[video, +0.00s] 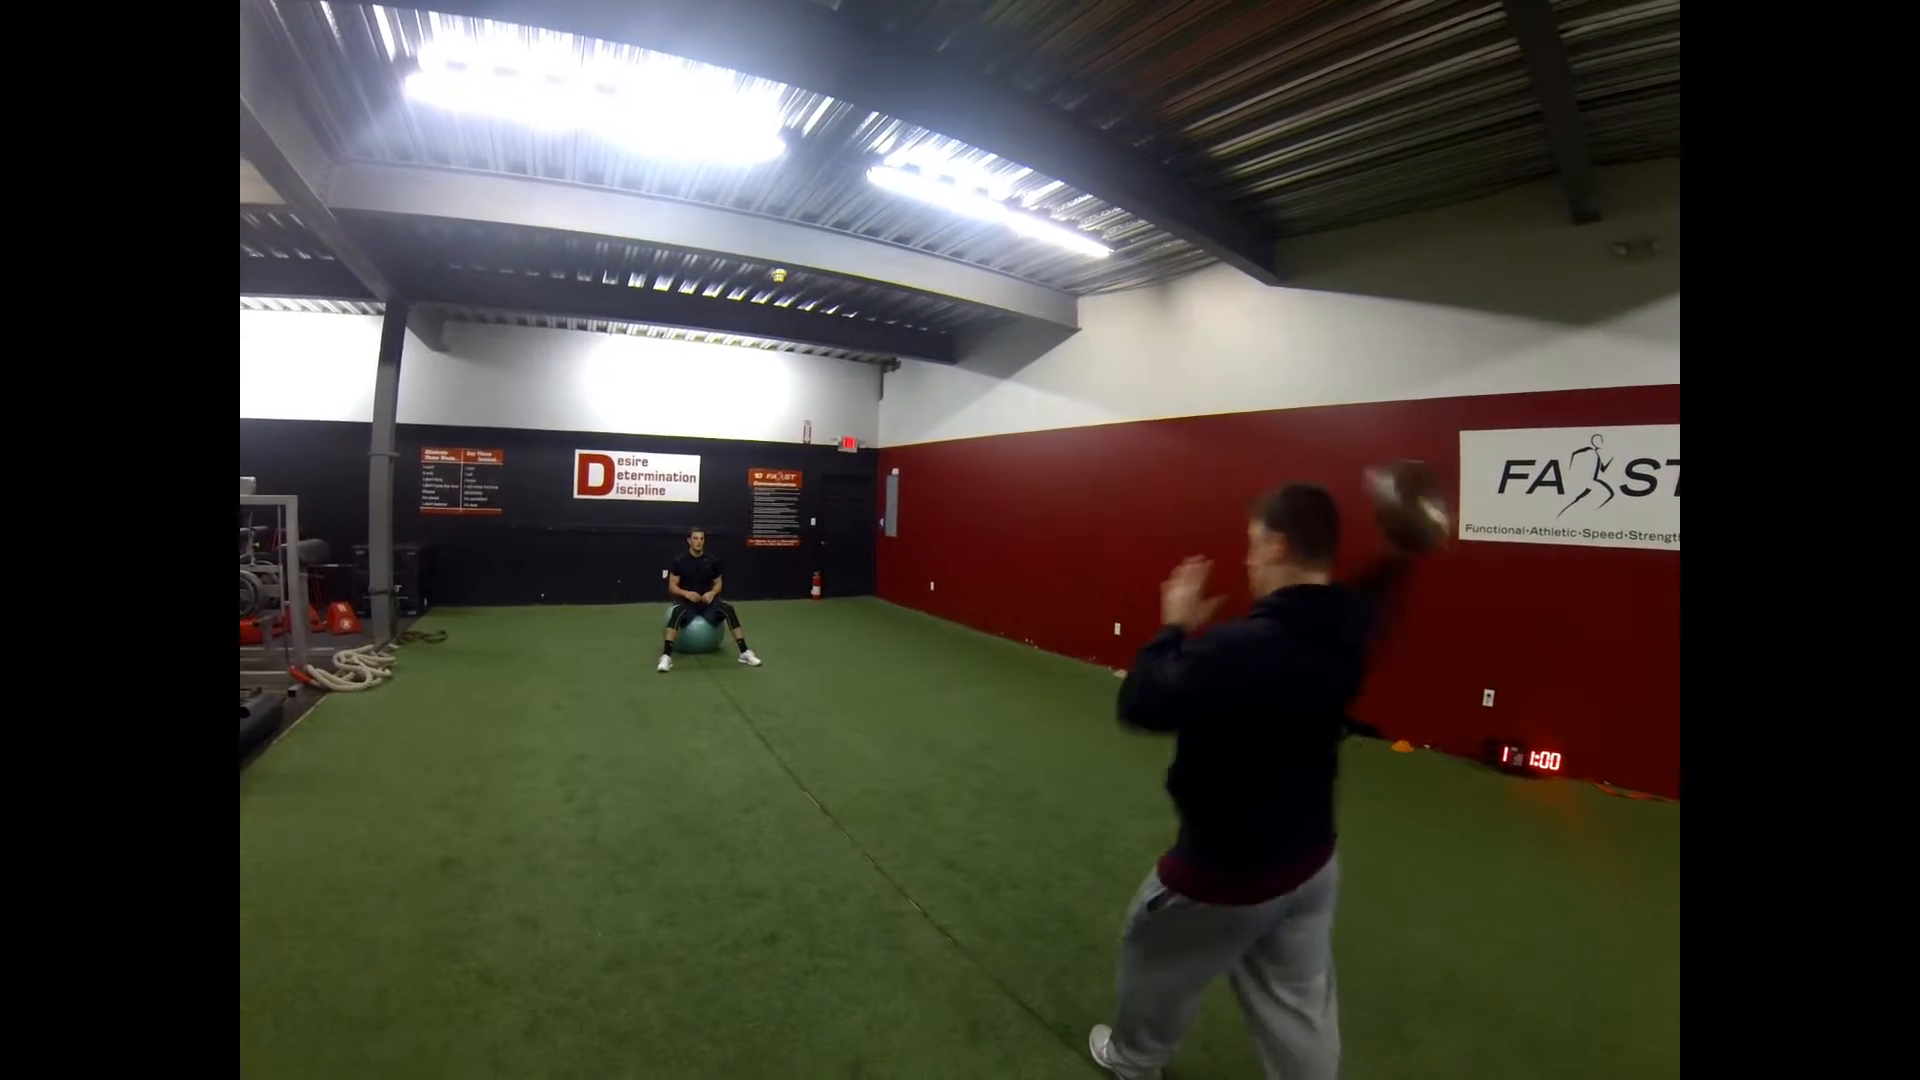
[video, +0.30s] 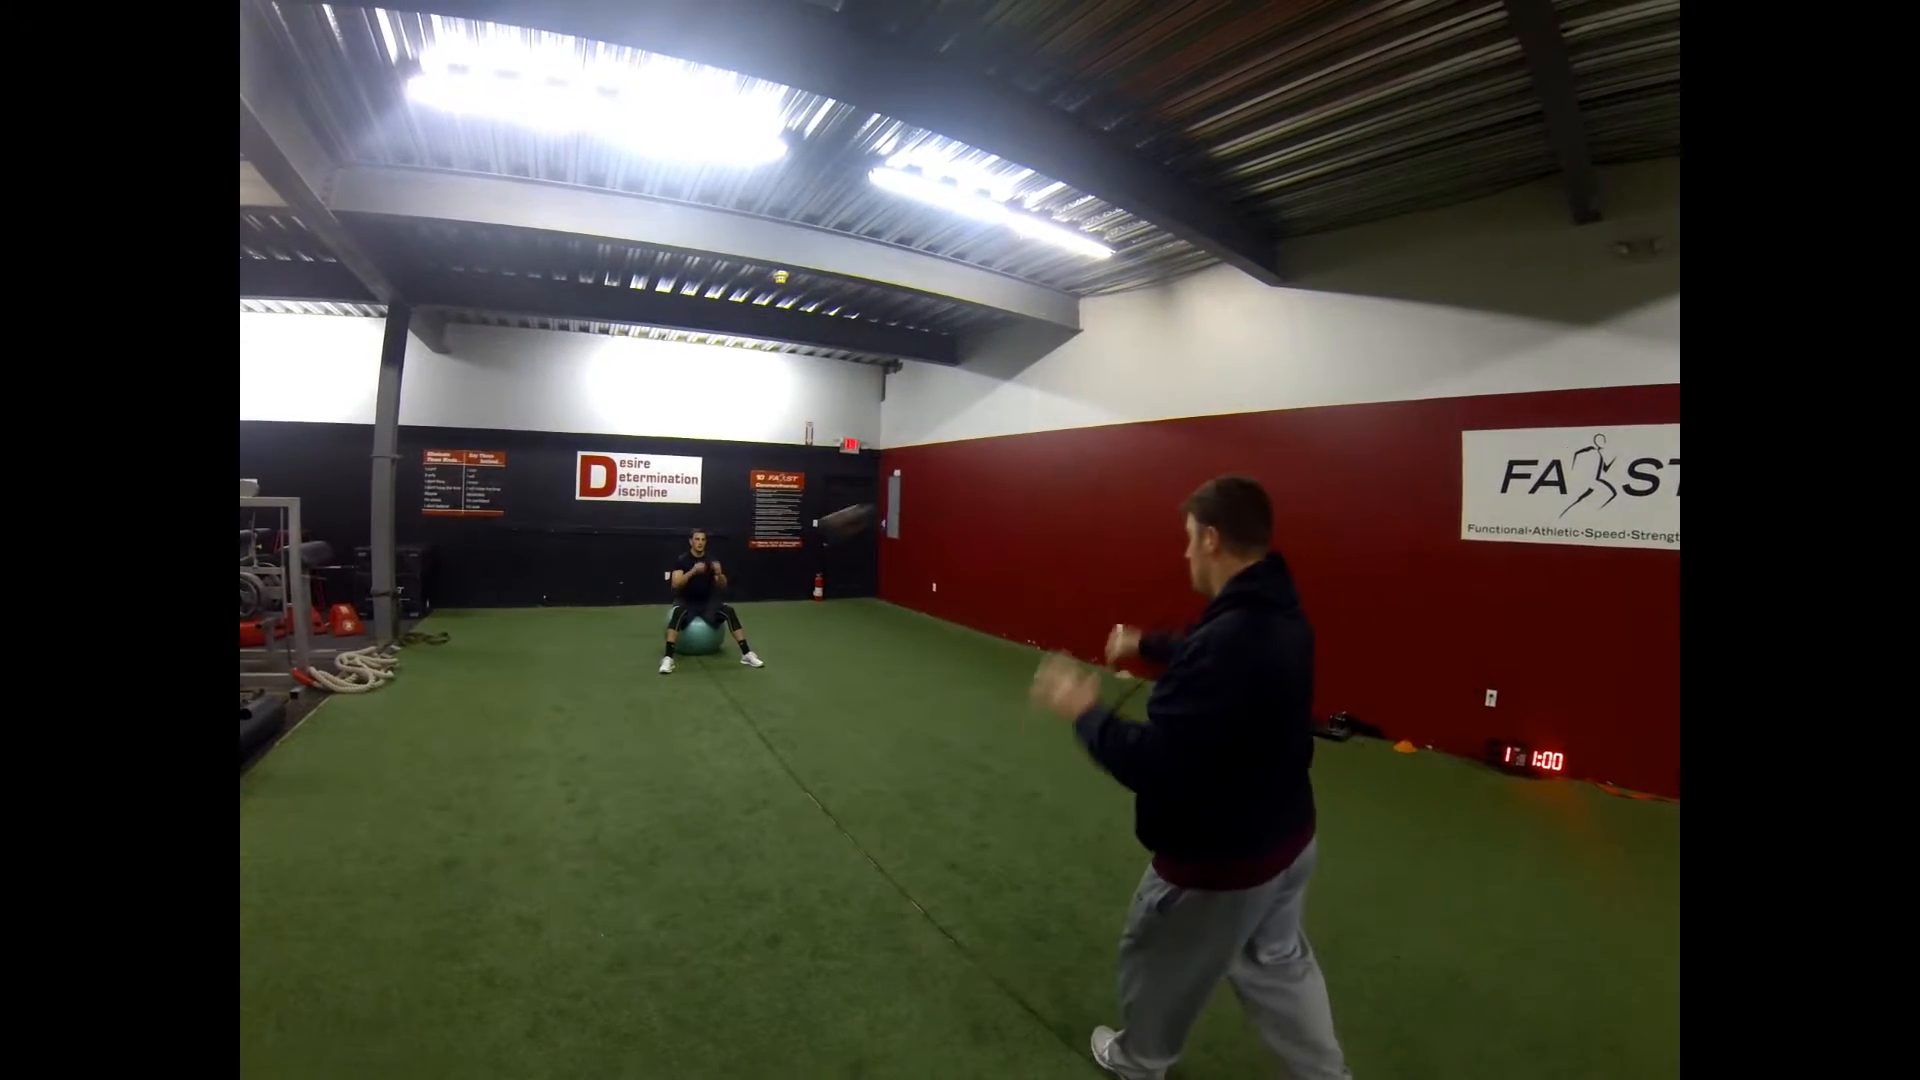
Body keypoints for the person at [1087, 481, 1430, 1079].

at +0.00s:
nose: (1248, 556)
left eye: (1253, 543)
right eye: (1250, 543)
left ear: (1276, 546)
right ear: (1328, 549)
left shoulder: (1238, 645)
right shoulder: (1344, 623)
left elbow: (1141, 704)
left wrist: (1174, 628)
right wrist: (1402, 550)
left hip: (1221, 871)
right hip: (1307, 859)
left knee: (1155, 957)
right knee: (1299, 1006)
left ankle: (1136, 1056)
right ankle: (1314, 1073)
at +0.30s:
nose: (1187, 555)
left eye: (1188, 540)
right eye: (1187, 540)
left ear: (1211, 540)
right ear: (1262, 538)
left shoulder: (1222, 644)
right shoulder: (1283, 613)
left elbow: (1151, 762)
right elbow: (1215, 648)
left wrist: (1086, 710)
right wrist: (1144, 644)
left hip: (1211, 866)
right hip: (1285, 841)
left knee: (1157, 961)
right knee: (1278, 966)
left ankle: (1139, 1058)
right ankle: (1324, 1071)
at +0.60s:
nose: (1200, 556)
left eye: (1203, 541)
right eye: (1200, 542)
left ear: (1227, 542)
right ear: (1270, 538)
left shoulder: (1242, 642)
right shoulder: (1296, 614)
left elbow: (1204, 783)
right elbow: (1262, 708)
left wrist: (1120, 803)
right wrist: (1188, 714)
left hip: (1222, 862)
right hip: (1291, 841)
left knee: (1166, 962)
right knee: (1278, 967)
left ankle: (1141, 1059)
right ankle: (1294, 1069)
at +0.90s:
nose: (1272, 566)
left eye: (1277, 550)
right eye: (1272, 550)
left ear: (1306, 549)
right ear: (1326, 548)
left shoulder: (1319, 645)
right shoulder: (1373, 626)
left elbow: (1266, 777)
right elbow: (1337, 738)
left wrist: (1179, 796)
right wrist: (1261, 740)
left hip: (1282, 871)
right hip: (1350, 855)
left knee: (1210, 975)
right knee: (1318, 984)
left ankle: (1149, 1061)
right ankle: (1304, 1074)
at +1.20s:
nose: (1312, 554)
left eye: (1319, 538)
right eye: (1313, 539)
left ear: (1352, 543)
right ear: (1375, 544)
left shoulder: (1359, 640)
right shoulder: (1409, 627)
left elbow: (1318, 779)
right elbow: (1388, 761)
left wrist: (1229, 791)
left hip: (1317, 881)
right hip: (1382, 867)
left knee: (1224, 1003)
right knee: (1335, 1009)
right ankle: (1311, 1074)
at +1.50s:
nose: (1331, 548)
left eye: (1340, 532)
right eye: (1334, 533)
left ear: (1374, 542)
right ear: (1388, 543)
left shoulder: (1366, 648)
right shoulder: (1425, 634)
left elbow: (1309, 784)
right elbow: (1392, 767)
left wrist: (1225, 786)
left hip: (1317, 898)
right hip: (1381, 884)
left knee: (1269, 1058)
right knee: (1333, 1039)